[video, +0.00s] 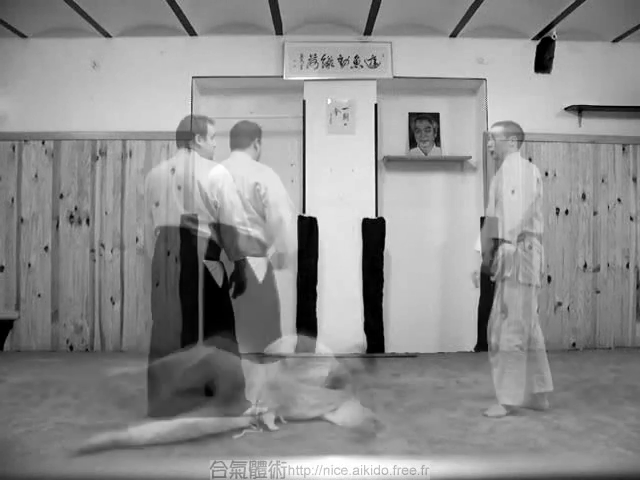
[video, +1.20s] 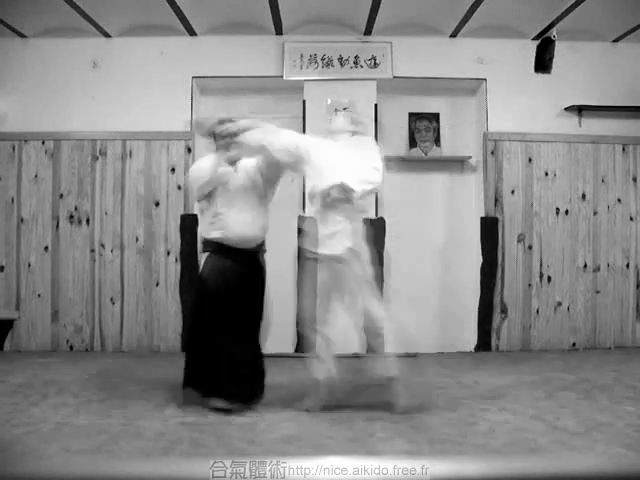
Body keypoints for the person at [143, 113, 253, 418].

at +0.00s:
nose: (214, 144)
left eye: (213, 137)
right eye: (211, 138)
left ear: (182, 139)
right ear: (198, 139)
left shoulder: (157, 173)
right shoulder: (215, 174)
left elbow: (152, 221)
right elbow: (227, 227)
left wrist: (157, 260)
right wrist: (240, 267)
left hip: (167, 254)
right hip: (205, 254)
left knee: (170, 321)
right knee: (215, 321)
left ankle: (168, 393)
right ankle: (219, 391)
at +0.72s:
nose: (239, 144)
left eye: (238, 137)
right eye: (235, 138)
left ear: (206, 141)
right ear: (221, 140)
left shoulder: (183, 174)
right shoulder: (238, 171)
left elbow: (178, 220)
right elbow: (267, 211)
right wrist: (279, 248)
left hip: (192, 259)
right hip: (229, 262)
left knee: (193, 332)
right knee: (236, 334)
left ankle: (171, 397)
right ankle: (233, 403)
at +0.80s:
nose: (241, 141)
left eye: (240, 135)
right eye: (237, 135)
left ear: (212, 140)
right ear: (221, 139)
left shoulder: (193, 172)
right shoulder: (237, 168)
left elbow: (190, 215)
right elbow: (284, 197)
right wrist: (297, 214)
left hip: (198, 257)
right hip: (231, 259)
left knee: (202, 330)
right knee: (242, 332)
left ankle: (189, 395)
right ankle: (234, 404)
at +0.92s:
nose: (242, 139)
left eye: (239, 133)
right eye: (235, 134)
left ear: (213, 140)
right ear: (217, 140)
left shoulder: (202, 168)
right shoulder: (231, 164)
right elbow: (274, 175)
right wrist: (296, 172)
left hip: (204, 252)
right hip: (232, 255)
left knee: (209, 328)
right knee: (245, 329)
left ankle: (201, 401)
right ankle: (234, 403)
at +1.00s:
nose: (238, 139)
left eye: (237, 134)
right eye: (231, 135)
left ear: (234, 138)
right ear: (213, 141)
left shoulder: (230, 166)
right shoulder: (214, 163)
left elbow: (262, 192)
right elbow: (259, 164)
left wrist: (292, 167)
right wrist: (289, 152)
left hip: (238, 254)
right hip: (225, 255)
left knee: (231, 327)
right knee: (240, 328)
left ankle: (227, 399)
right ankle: (233, 402)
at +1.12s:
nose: (232, 139)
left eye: (235, 135)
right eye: (225, 135)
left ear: (240, 138)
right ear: (212, 141)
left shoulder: (253, 167)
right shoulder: (207, 164)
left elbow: (287, 161)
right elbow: (241, 163)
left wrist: (286, 138)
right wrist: (268, 157)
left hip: (247, 256)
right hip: (218, 255)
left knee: (253, 325)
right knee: (226, 328)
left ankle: (248, 394)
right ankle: (228, 398)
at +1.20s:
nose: (230, 145)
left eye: (233, 139)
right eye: (224, 139)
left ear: (242, 141)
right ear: (215, 143)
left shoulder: (257, 169)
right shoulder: (207, 169)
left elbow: (282, 160)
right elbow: (196, 184)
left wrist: (259, 140)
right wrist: (220, 160)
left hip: (251, 256)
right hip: (219, 255)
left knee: (246, 326)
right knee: (214, 324)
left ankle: (245, 392)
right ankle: (214, 391)